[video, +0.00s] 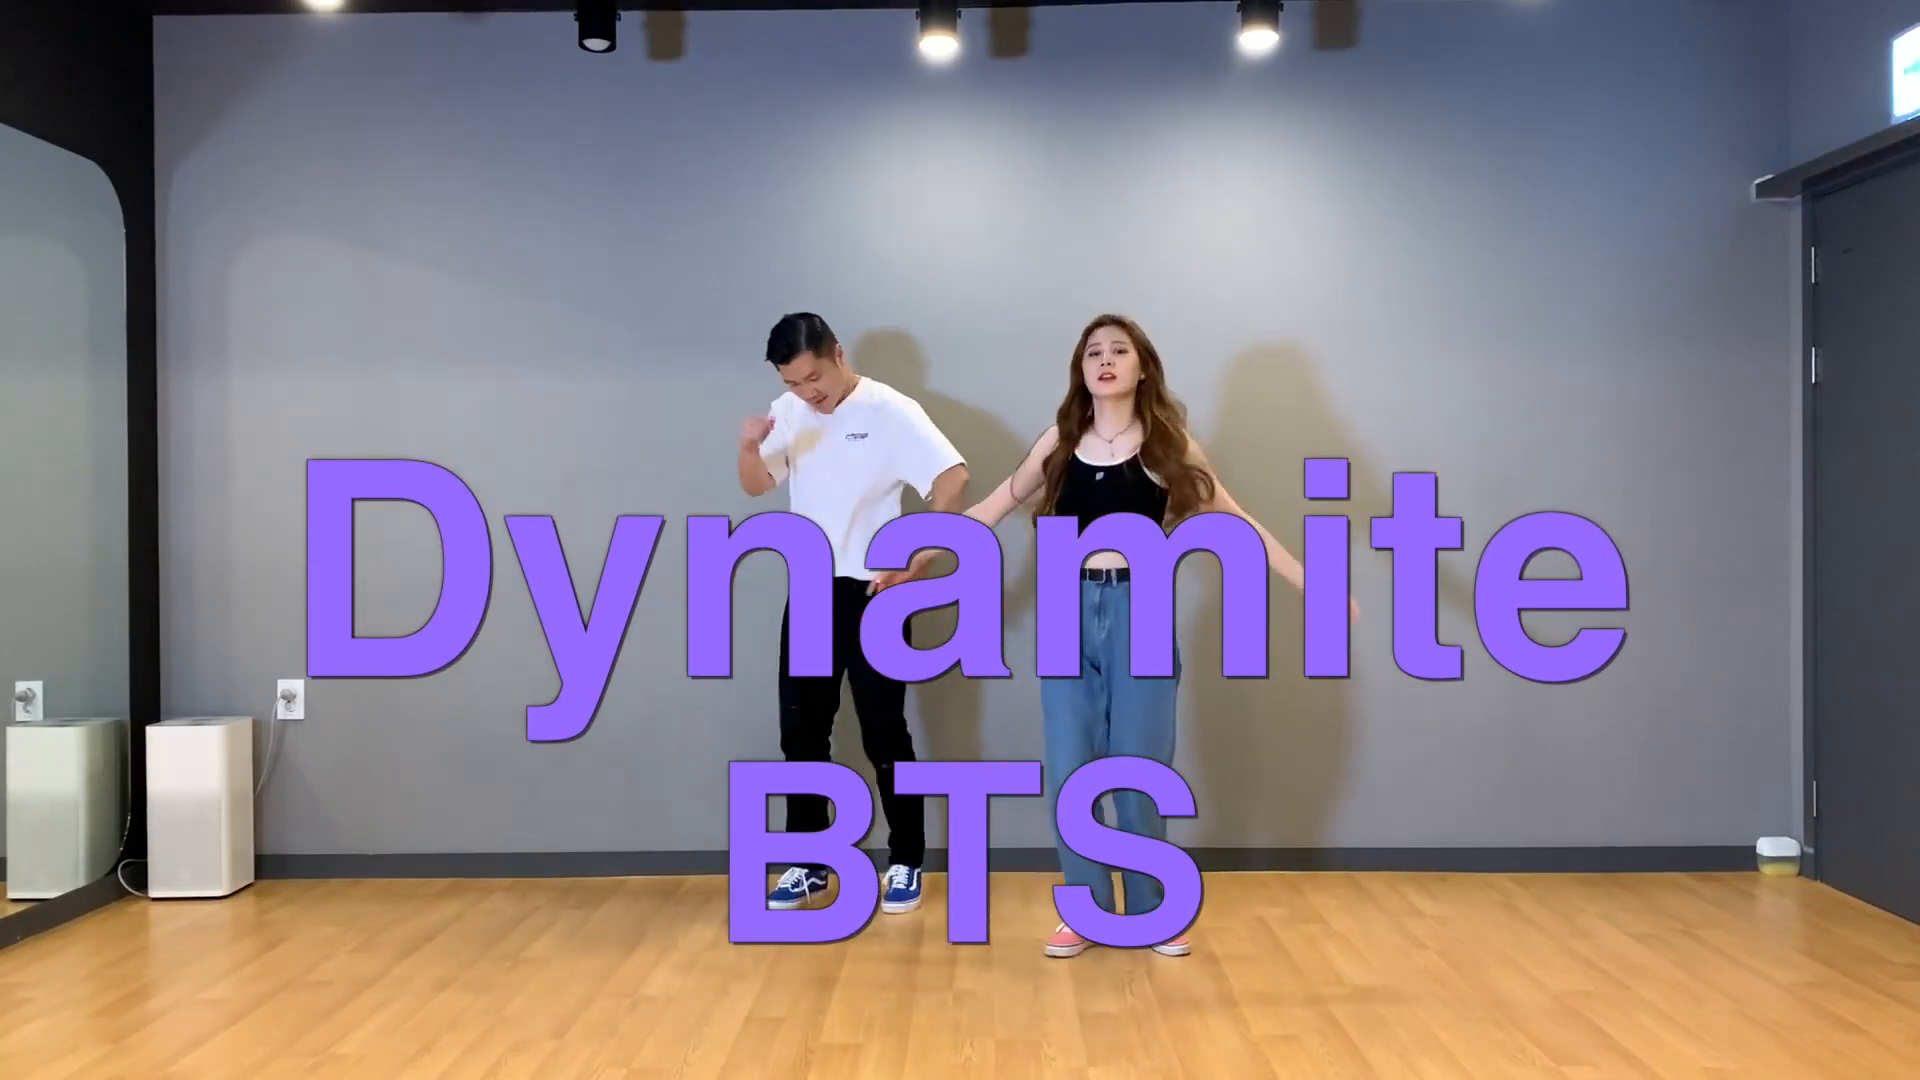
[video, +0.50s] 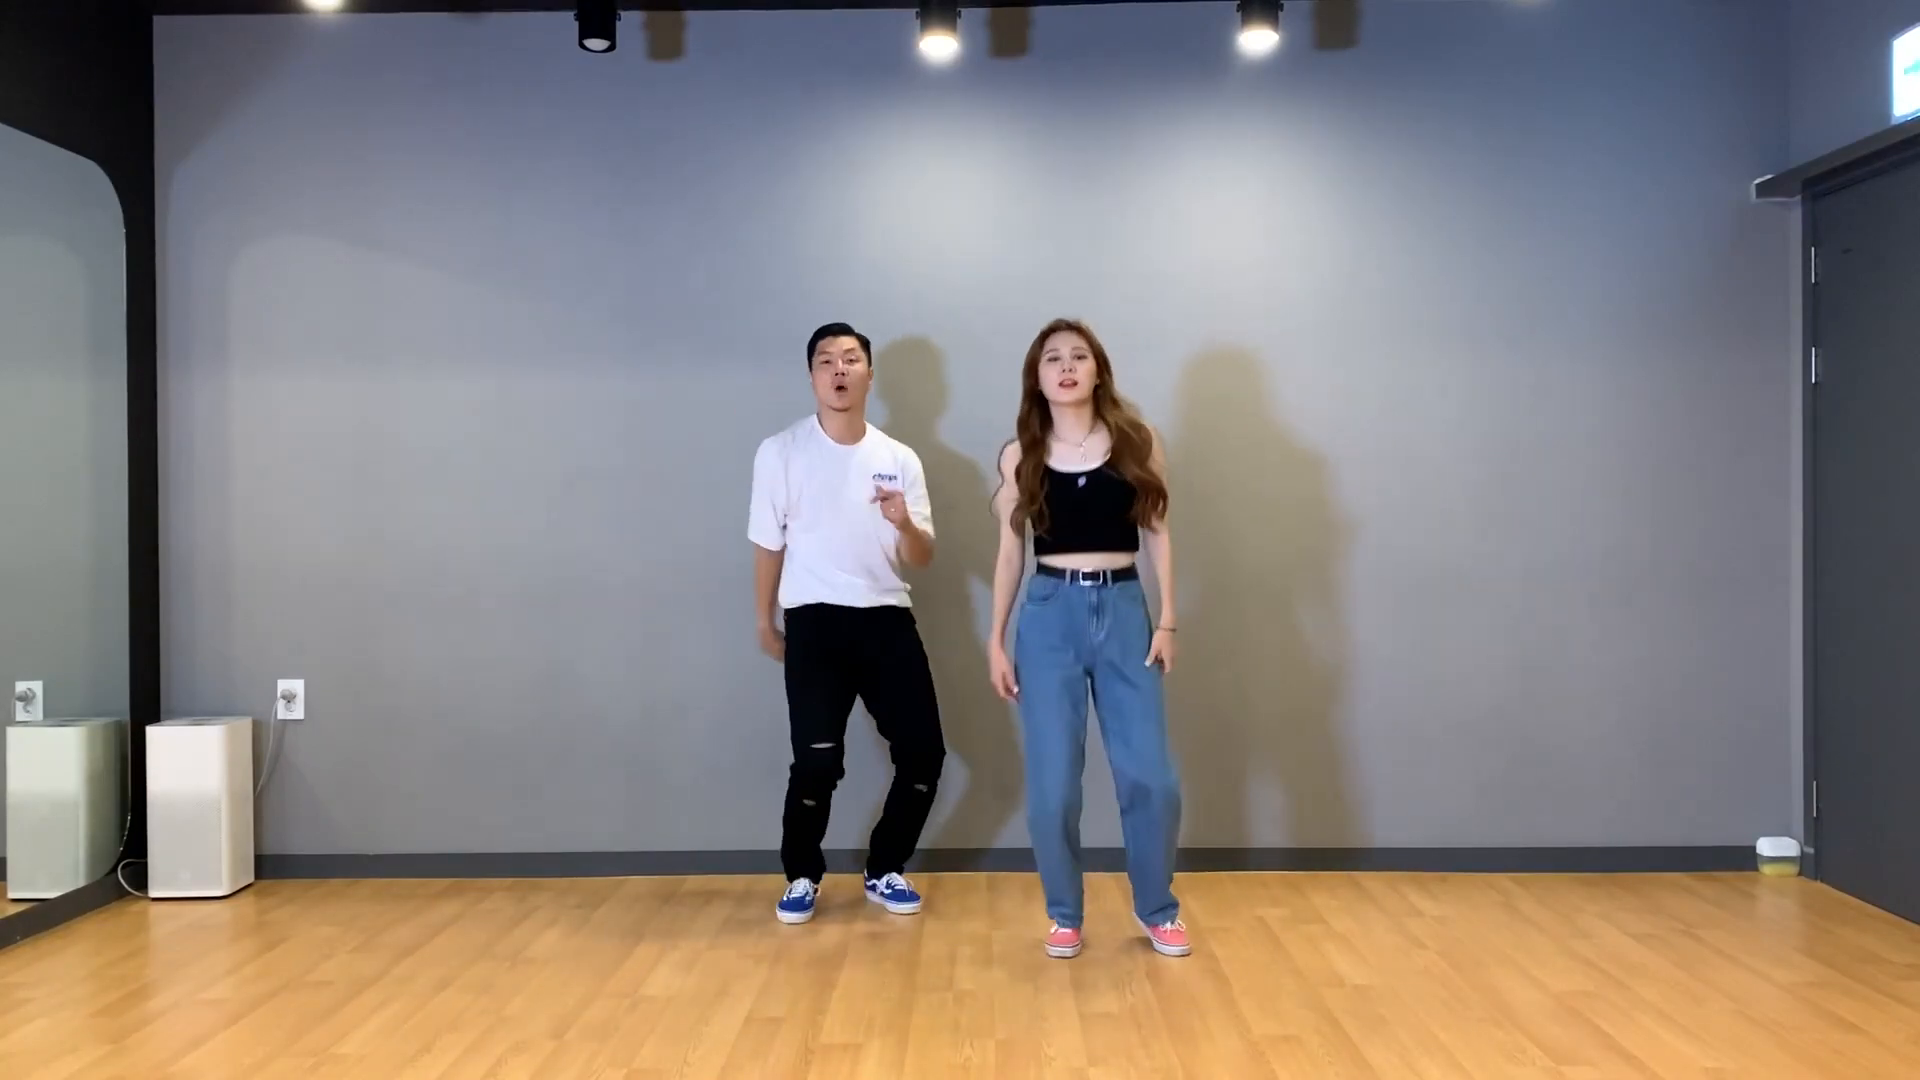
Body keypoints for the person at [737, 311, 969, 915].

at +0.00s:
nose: (808, 395)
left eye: (814, 380)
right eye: (796, 385)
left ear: (839, 354)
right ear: (784, 376)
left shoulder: (889, 410)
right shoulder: (790, 409)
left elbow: (952, 476)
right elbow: (757, 485)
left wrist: (918, 563)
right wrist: (748, 448)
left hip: (872, 591)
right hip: (807, 591)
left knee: (884, 734)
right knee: (801, 731)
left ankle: (905, 862)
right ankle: (809, 863)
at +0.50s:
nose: (840, 369)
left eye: (852, 359)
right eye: (827, 361)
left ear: (869, 375)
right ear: (810, 378)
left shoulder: (900, 459)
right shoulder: (780, 454)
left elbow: (921, 557)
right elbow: (768, 545)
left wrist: (903, 523)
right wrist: (766, 623)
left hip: (887, 620)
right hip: (812, 620)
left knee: (923, 754)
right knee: (817, 759)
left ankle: (885, 871)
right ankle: (803, 877)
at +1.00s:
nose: (815, 328)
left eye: (828, 320)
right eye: (803, 322)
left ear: (850, 339)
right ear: (790, 344)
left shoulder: (892, 411)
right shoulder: (769, 420)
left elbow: (965, 454)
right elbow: (701, 479)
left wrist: (996, 405)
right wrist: (642, 430)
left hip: (870, 595)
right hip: (796, 596)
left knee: (870, 740)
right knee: (795, 742)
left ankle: (868, 867)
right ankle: (799, 874)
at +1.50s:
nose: (845, 380)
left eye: (856, 368)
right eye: (832, 369)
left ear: (873, 375)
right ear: (815, 377)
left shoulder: (894, 460)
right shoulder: (779, 432)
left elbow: (926, 547)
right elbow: (713, 486)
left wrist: (958, 485)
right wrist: (653, 485)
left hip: (878, 617)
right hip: (805, 614)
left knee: (908, 747)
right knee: (805, 755)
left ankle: (868, 861)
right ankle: (784, 874)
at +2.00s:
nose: (821, 335)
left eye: (832, 325)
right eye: (809, 326)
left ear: (850, 337)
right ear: (790, 340)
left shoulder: (892, 407)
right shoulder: (770, 424)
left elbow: (926, 494)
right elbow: (773, 521)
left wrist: (925, 573)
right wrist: (767, 602)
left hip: (881, 588)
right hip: (802, 593)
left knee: (884, 735)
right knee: (794, 735)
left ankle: (886, 869)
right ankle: (792, 868)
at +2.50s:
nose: (852, 331)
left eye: (864, 322)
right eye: (840, 324)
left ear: (883, 338)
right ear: (824, 342)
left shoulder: (915, 424)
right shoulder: (792, 413)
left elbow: (924, 522)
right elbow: (779, 497)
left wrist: (925, 612)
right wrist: (765, 560)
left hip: (891, 595)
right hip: (815, 593)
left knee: (890, 743)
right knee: (790, 733)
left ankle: (885, 869)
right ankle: (780, 865)